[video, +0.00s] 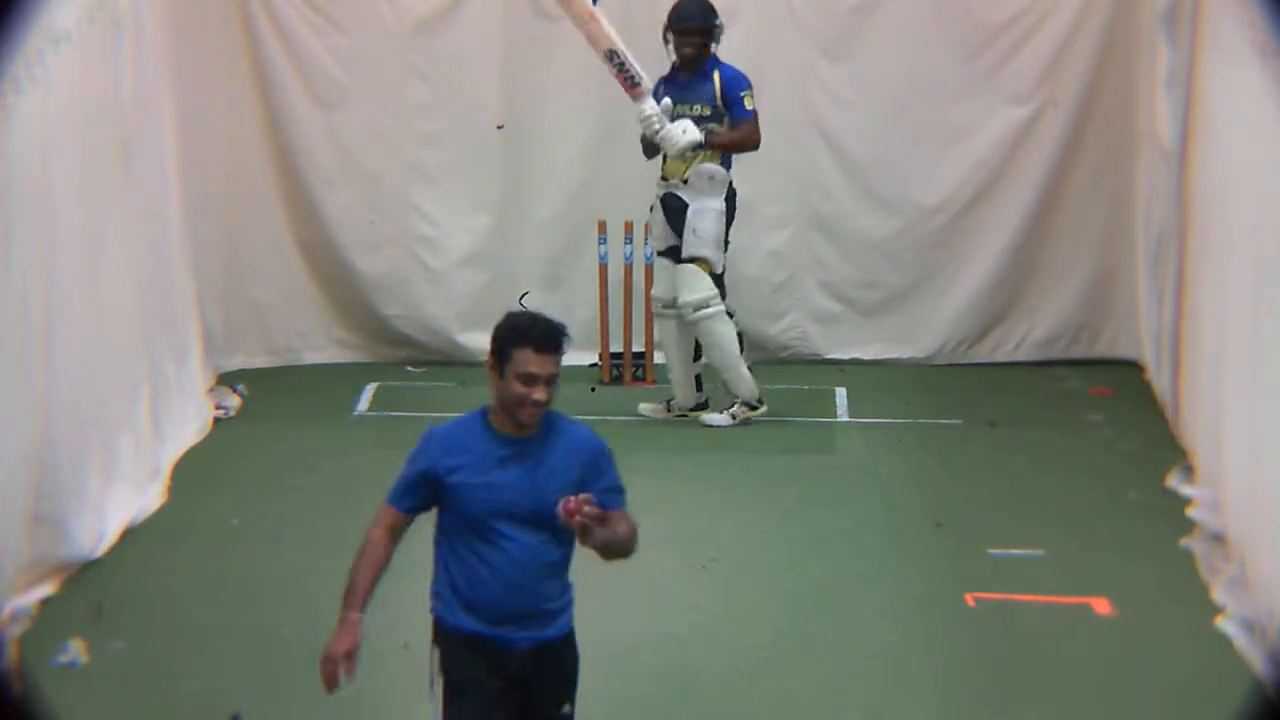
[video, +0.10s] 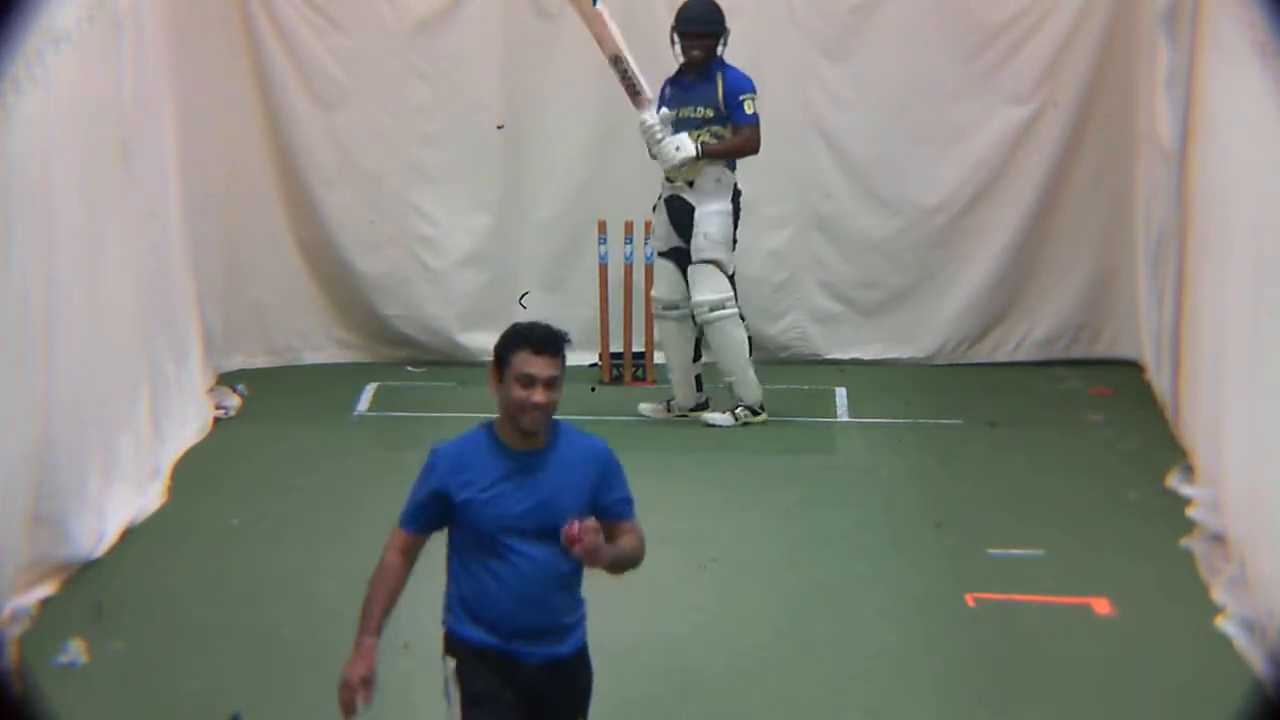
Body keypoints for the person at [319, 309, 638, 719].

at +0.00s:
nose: (540, 396)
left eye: (550, 382)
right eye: (527, 381)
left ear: (559, 378)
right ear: (493, 370)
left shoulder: (582, 449)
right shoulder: (445, 447)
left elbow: (624, 541)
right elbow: (385, 529)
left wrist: (597, 530)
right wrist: (349, 621)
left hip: (548, 643)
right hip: (468, 643)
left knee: (550, 713)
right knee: (472, 713)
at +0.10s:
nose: (539, 397)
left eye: (551, 385)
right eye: (525, 383)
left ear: (562, 388)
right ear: (496, 382)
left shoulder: (591, 458)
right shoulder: (453, 463)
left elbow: (633, 546)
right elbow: (401, 551)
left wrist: (605, 554)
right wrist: (365, 645)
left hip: (563, 659)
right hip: (482, 658)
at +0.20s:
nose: (536, 386)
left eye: (549, 374)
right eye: (523, 372)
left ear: (563, 383)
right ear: (497, 378)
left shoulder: (599, 457)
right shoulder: (458, 465)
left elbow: (637, 539)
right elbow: (417, 562)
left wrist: (610, 568)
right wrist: (396, 665)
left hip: (573, 659)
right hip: (491, 658)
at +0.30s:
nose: (541, 375)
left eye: (555, 363)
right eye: (527, 361)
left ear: (572, 374)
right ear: (505, 371)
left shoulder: (609, 451)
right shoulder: (467, 458)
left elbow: (649, 532)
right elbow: (429, 554)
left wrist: (613, 573)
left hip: (582, 658)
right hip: (495, 659)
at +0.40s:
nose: (554, 375)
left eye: (568, 363)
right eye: (540, 361)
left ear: (586, 375)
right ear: (518, 371)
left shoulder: (619, 454)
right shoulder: (477, 457)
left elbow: (658, 536)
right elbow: (434, 548)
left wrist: (621, 576)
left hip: (595, 664)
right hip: (505, 665)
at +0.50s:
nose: (570, 388)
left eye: (584, 377)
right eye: (557, 374)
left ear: (600, 388)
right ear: (535, 383)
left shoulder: (633, 471)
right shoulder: (490, 469)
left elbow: (668, 557)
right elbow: (446, 564)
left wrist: (633, 587)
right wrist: (532, 590)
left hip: (606, 678)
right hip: (515, 680)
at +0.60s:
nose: (589, 405)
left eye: (604, 394)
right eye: (577, 392)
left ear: (622, 407)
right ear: (555, 402)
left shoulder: (653, 492)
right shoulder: (511, 487)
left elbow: (685, 587)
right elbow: (469, 583)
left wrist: (642, 599)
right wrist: (563, 599)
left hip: (622, 695)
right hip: (530, 695)